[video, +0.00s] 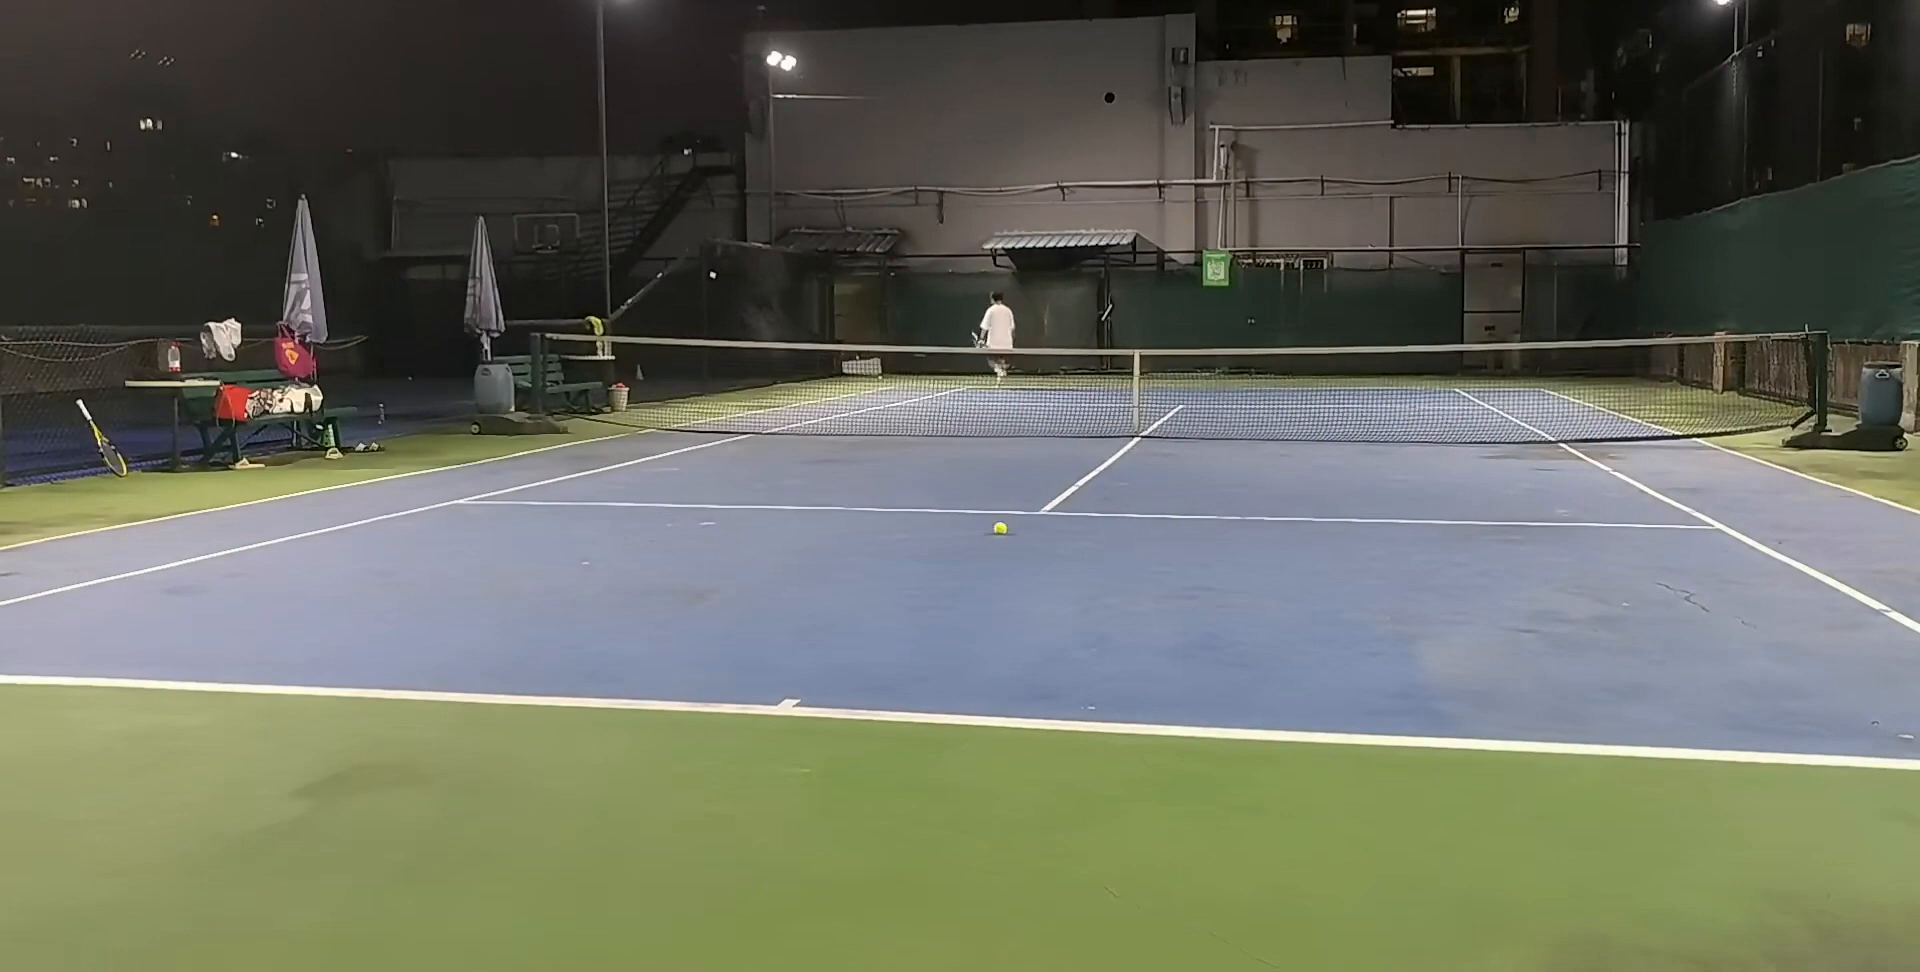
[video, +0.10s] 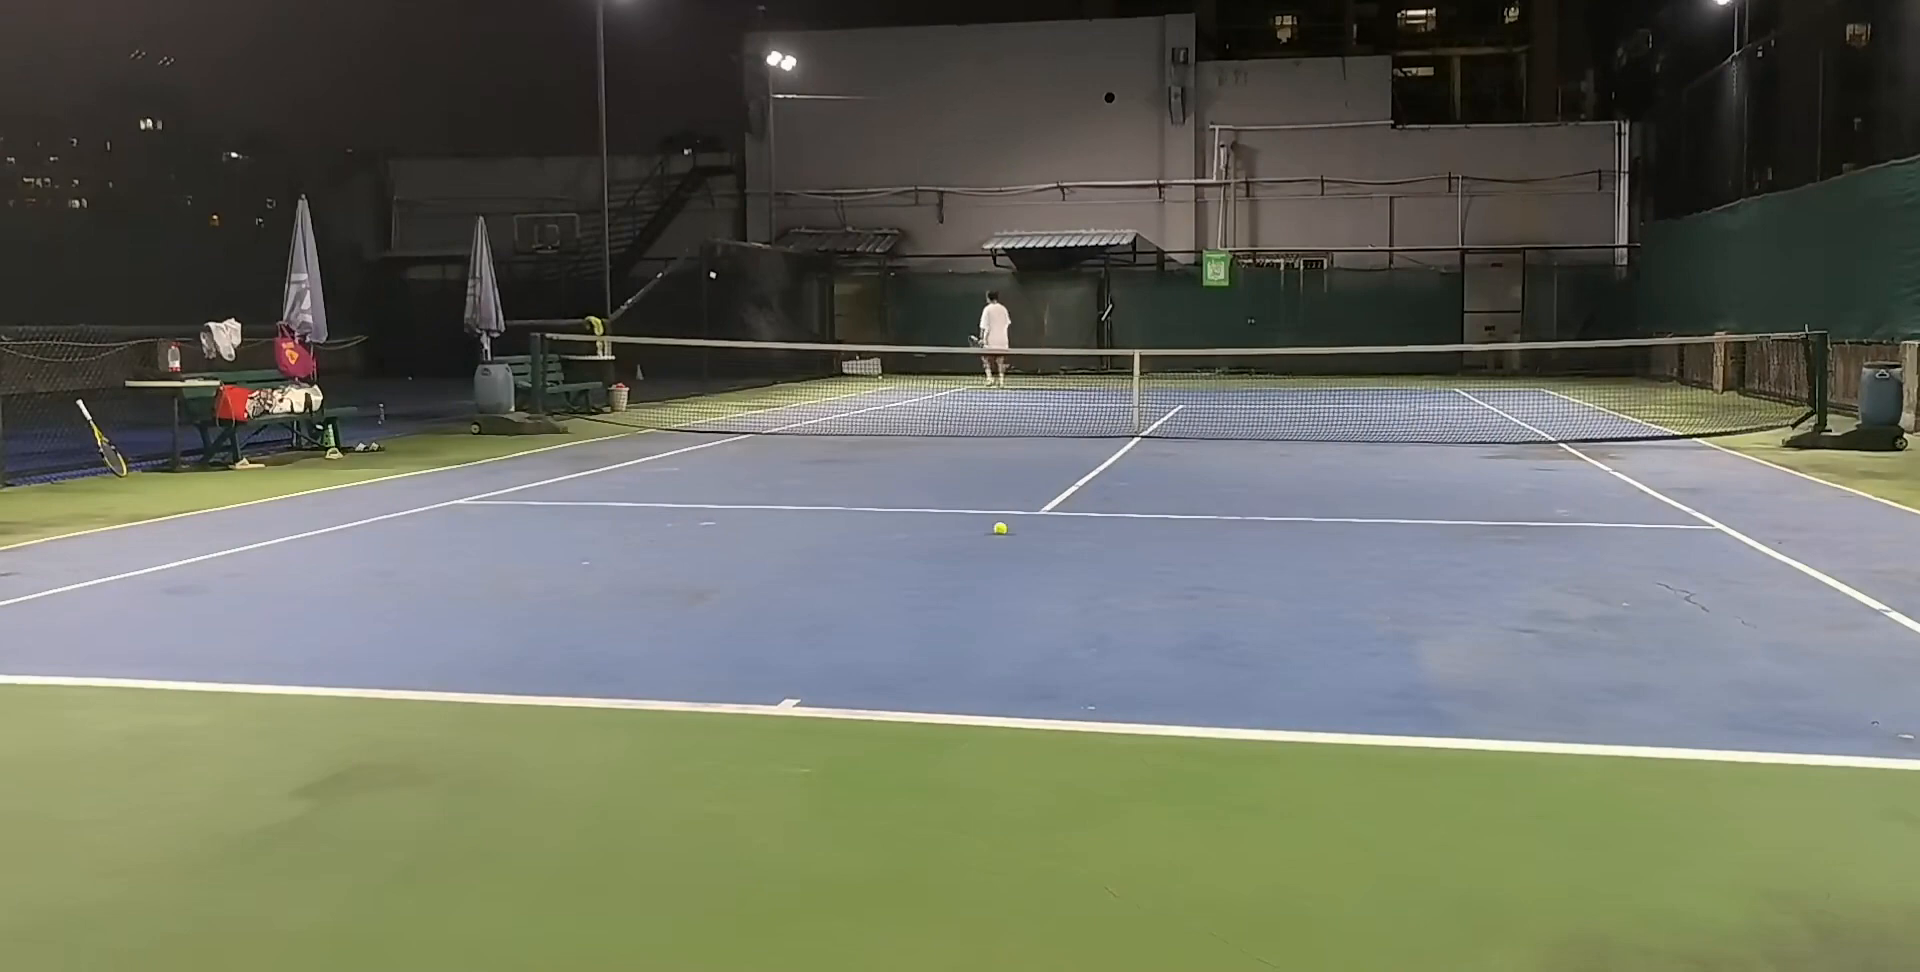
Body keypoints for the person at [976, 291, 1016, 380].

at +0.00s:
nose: (991, 301)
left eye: (991, 299)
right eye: (991, 299)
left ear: (992, 300)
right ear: (1001, 299)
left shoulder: (991, 310)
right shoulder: (1008, 310)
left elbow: (984, 327)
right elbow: (1012, 326)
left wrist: (981, 339)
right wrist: (1012, 336)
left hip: (993, 341)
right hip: (1007, 341)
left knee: (991, 357)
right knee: (1002, 357)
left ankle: (998, 370)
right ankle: (1003, 369)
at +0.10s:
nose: (987, 300)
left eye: (987, 298)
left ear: (988, 299)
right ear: (997, 298)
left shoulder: (987, 309)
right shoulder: (1003, 308)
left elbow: (985, 327)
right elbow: (1008, 322)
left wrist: (983, 339)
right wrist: (1003, 332)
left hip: (991, 339)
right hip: (1003, 339)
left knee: (985, 357)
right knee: (1000, 360)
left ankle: (989, 377)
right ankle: (1002, 379)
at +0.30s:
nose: (976, 303)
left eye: (977, 301)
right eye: (977, 301)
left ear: (978, 302)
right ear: (986, 301)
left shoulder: (978, 312)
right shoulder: (993, 311)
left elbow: (977, 329)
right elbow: (998, 323)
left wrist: (975, 341)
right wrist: (992, 332)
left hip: (982, 342)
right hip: (994, 342)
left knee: (977, 361)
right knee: (994, 361)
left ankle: (976, 378)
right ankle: (999, 378)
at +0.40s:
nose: (971, 302)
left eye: (971, 300)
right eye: (971, 300)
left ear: (972, 301)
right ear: (981, 299)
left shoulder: (973, 312)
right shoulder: (988, 310)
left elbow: (971, 329)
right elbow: (993, 325)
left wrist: (969, 341)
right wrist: (988, 335)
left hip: (977, 342)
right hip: (988, 342)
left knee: (973, 359)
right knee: (985, 358)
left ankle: (974, 375)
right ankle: (992, 371)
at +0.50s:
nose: (967, 301)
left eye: (968, 299)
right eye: (968, 299)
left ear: (969, 299)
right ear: (977, 298)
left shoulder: (969, 311)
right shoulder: (985, 310)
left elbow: (965, 328)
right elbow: (989, 325)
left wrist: (964, 340)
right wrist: (985, 335)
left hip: (972, 339)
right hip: (984, 340)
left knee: (972, 359)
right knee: (979, 357)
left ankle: (974, 378)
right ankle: (984, 373)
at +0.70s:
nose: (963, 302)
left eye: (963, 300)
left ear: (962, 301)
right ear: (972, 300)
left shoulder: (960, 312)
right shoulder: (978, 313)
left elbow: (953, 327)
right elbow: (984, 327)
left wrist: (949, 339)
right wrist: (987, 340)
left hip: (964, 342)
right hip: (977, 342)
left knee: (970, 360)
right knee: (967, 359)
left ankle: (973, 378)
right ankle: (964, 376)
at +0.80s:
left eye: (960, 301)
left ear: (959, 301)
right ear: (969, 301)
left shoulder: (957, 313)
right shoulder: (974, 314)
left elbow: (949, 328)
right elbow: (980, 329)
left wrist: (946, 339)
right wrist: (982, 342)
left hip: (960, 343)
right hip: (972, 343)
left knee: (963, 360)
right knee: (964, 361)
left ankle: (971, 374)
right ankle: (963, 378)